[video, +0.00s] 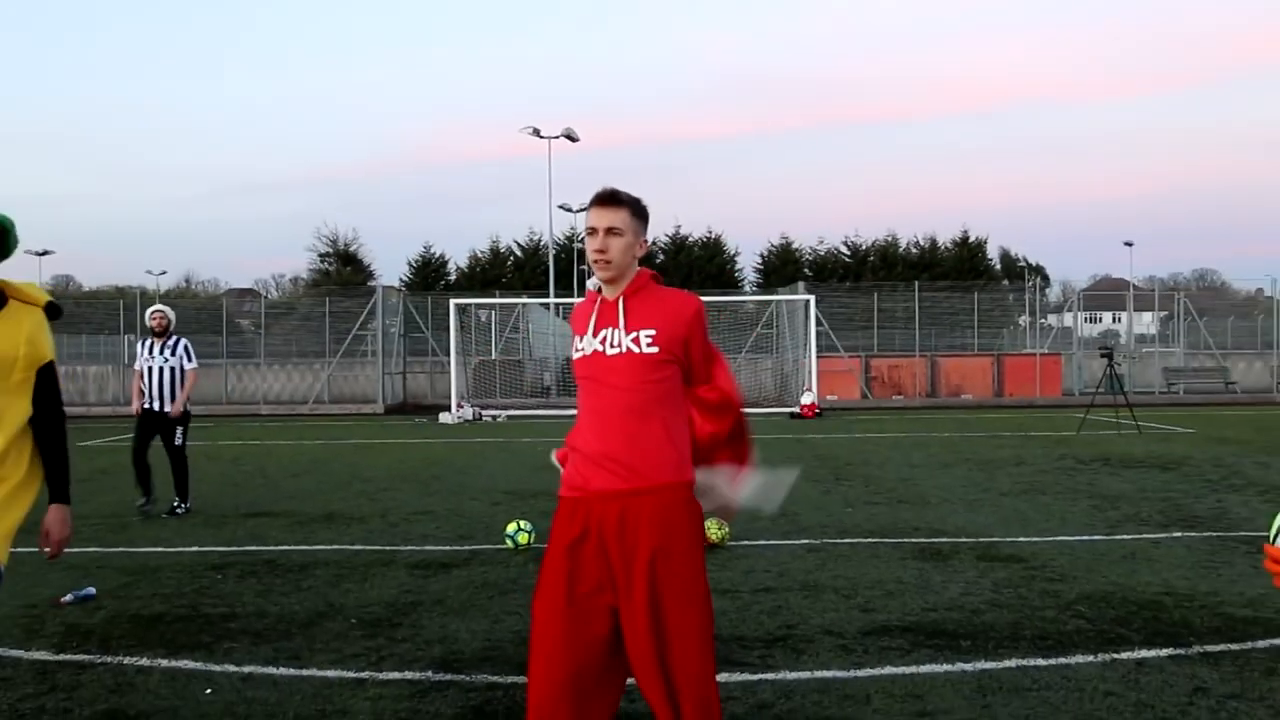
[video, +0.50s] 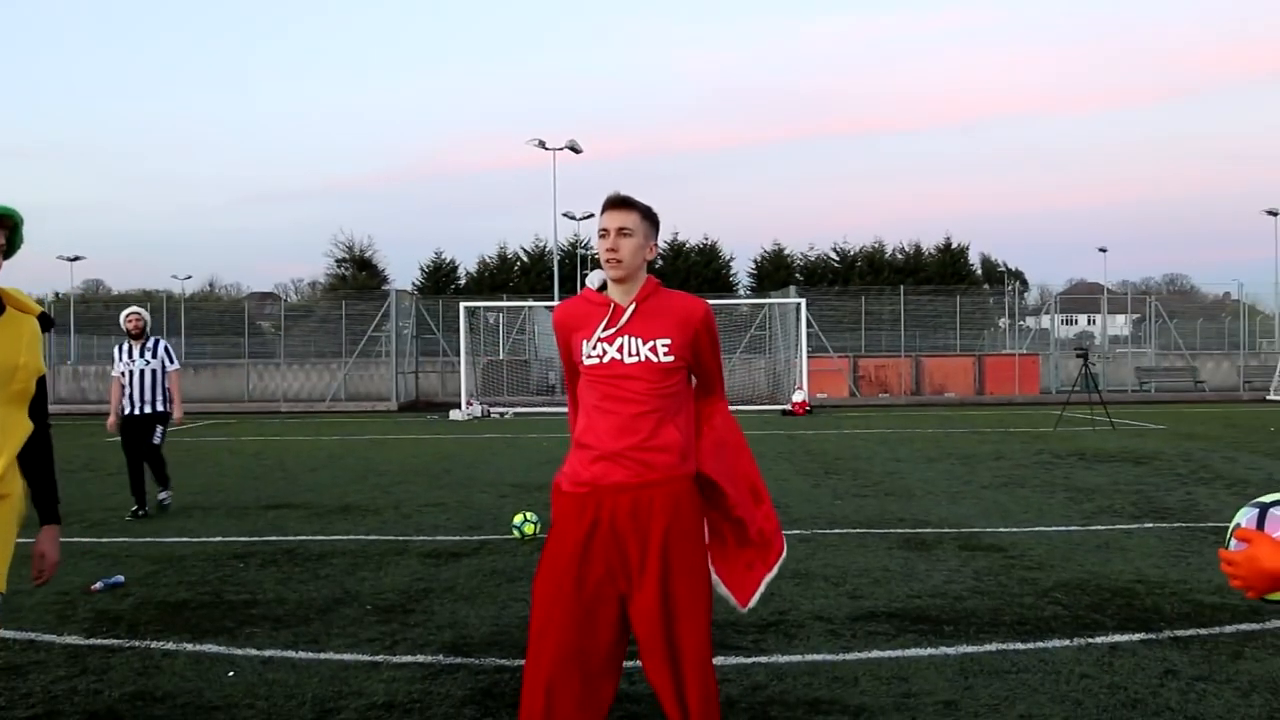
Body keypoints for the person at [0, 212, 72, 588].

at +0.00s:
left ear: (7, 253)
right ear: (9, 253)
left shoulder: (25, 319)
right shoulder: (23, 319)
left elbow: (48, 414)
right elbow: (48, 415)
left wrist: (59, 499)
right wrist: (58, 499)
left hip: (5, 507)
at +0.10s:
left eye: (2, 254)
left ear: (10, 256)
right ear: (8, 254)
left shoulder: (31, 321)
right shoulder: (28, 322)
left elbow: (53, 416)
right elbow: (54, 416)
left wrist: (70, 498)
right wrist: (69, 498)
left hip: (11, 495)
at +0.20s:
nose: (4, 273)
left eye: (11, 263)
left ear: (18, 268)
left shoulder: (38, 329)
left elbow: (56, 423)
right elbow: (56, 423)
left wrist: (75, 507)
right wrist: (74, 507)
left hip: (14, 501)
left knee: (1, 608)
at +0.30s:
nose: (2, 273)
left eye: (7, 262)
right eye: (0, 261)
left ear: (13, 268)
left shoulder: (32, 332)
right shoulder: (28, 332)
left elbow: (47, 426)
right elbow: (47, 427)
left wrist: (67, 513)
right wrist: (66, 513)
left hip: (10, 513)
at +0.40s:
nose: (1, 265)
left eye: (4, 255)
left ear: (9, 260)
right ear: (0, 256)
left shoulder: (26, 328)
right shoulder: (23, 328)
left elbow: (38, 425)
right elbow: (37, 427)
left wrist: (55, 516)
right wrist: (54, 516)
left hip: (5, 511)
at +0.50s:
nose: (2, 247)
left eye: (4, 240)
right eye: (4, 238)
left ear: (8, 246)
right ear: (9, 243)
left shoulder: (22, 326)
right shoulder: (20, 326)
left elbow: (34, 426)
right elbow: (33, 427)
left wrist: (49, 520)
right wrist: (49, 519)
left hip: (4, 509)